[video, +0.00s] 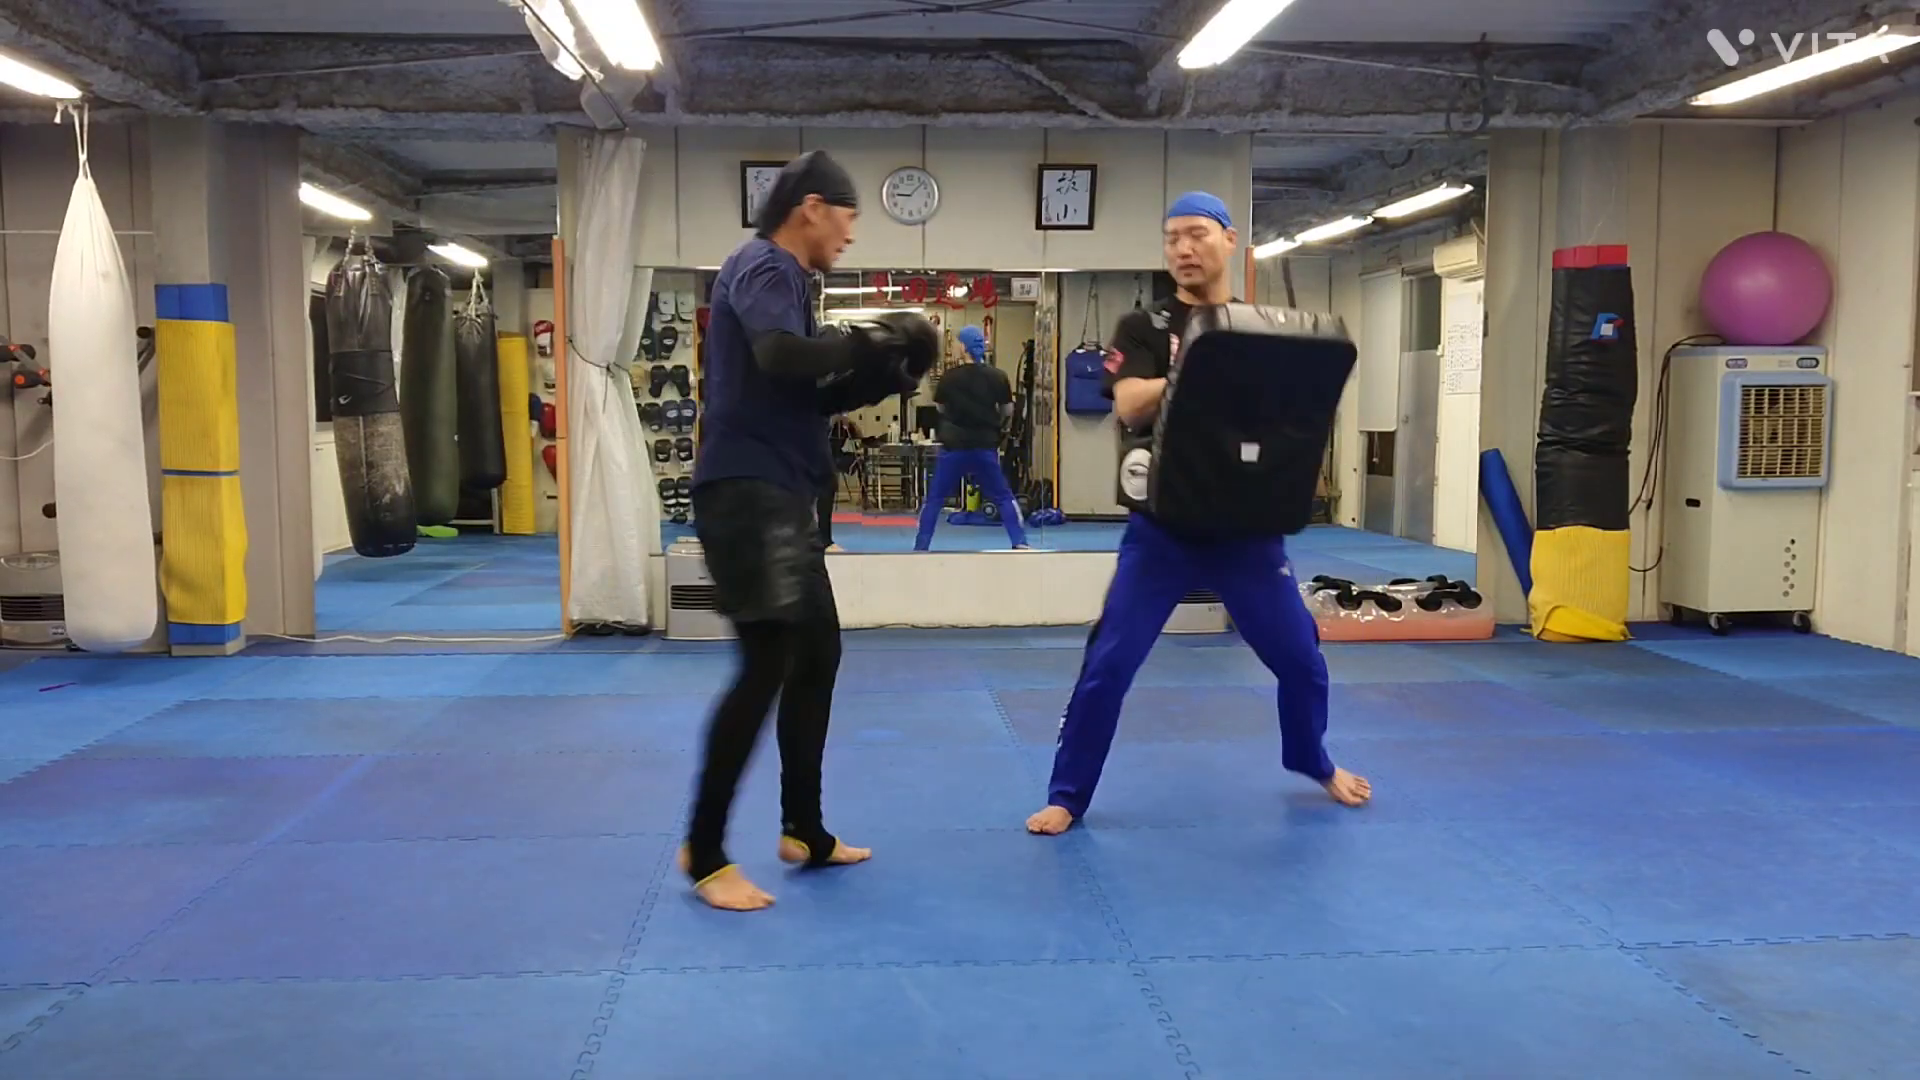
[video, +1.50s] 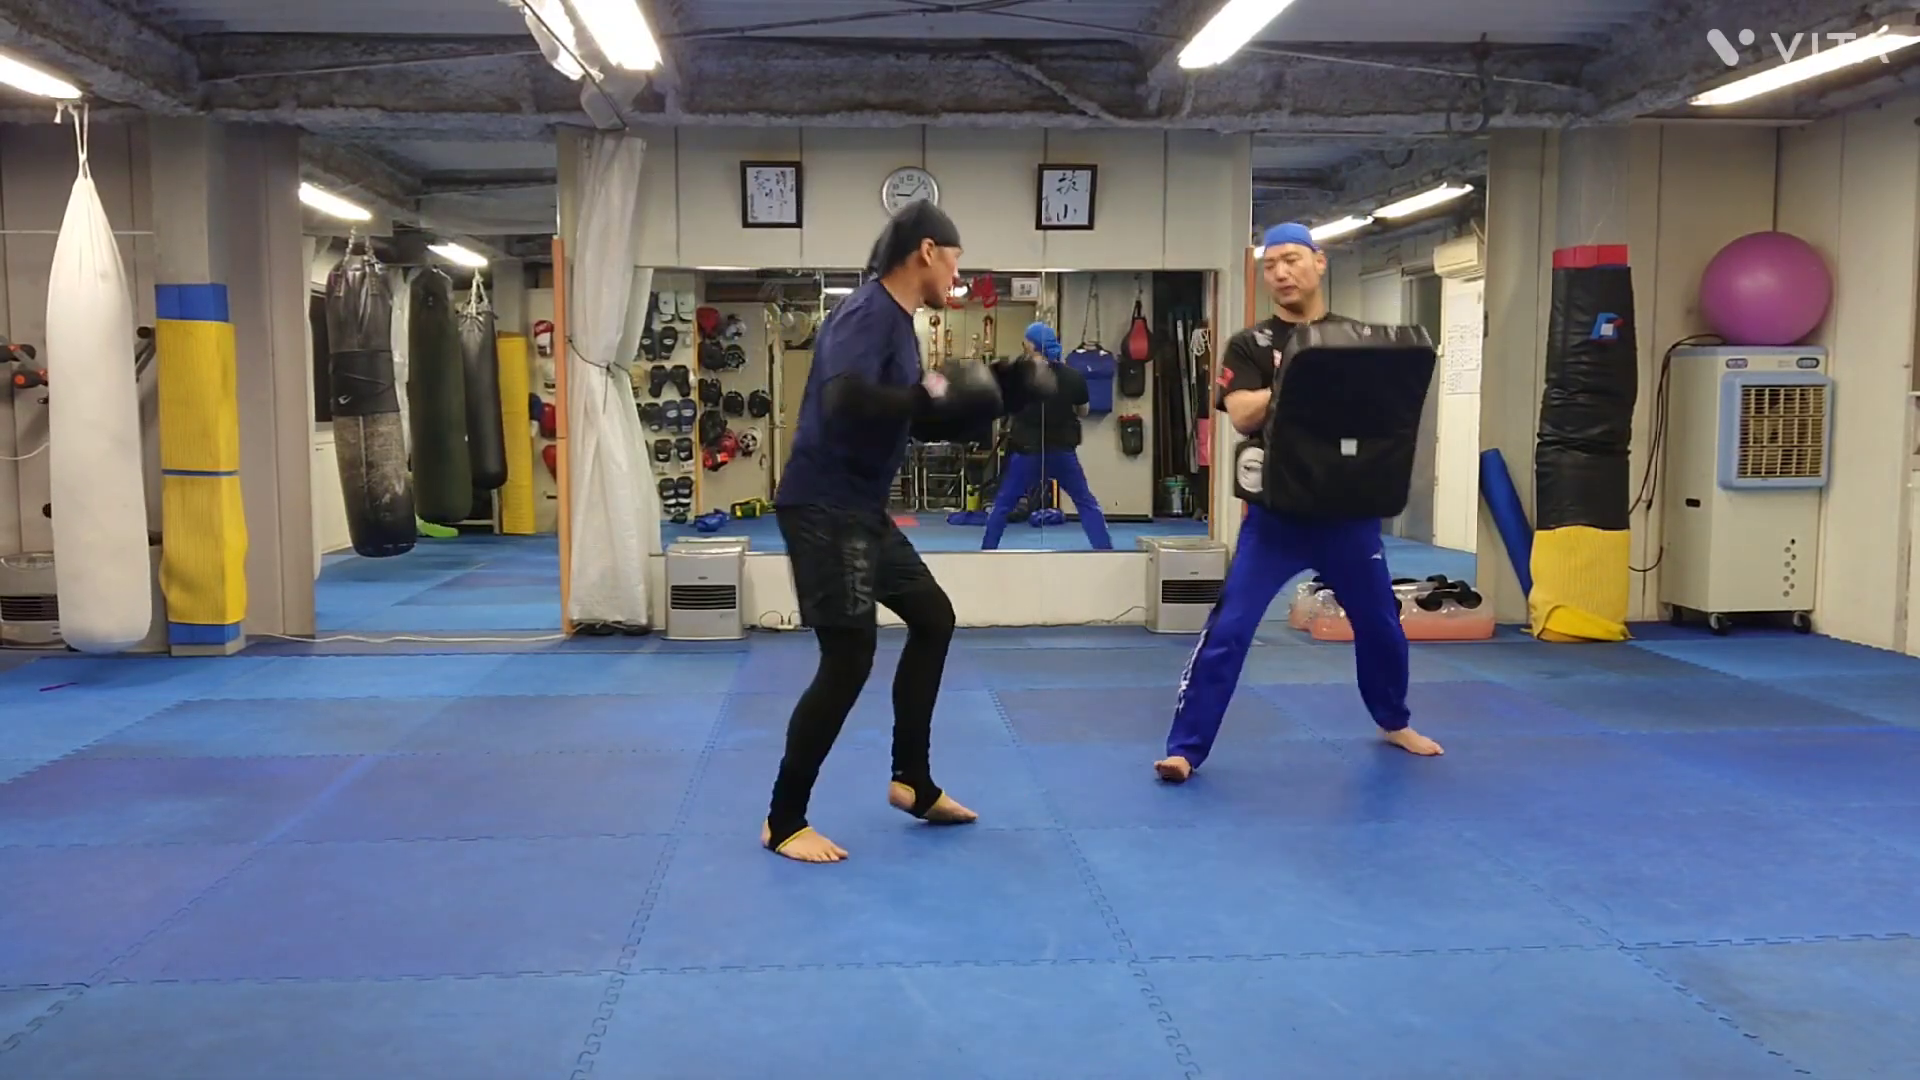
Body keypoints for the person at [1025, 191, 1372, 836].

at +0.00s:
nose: (1184, 248)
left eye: (1197, 234)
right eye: (1173, 238)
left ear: (1230, 243)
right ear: (1165, 252)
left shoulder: (1267, 330)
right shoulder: (1145, 325)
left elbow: (1291, 413)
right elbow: (1127, 404)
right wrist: (1196, 378)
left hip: (1248, 535)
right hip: (1159, 532)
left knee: (1304, 662)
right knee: (1107, 663)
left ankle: (1311, 758)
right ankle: (1066, 797)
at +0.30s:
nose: (1242, 249)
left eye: (1254, 235)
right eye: (1232, 239)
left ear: (1288, 241)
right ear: (1225, 250)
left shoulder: (1330, 323)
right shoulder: (1201, 322)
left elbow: (1345, 410)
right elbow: (1180, 403)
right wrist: (1237, 379)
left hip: (1293, 518)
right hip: (1209, 512)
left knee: (1323, 653)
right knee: (1160, 639)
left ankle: (1328, 769)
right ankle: (1129, 765)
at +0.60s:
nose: (1238, 254)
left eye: (1250, 240)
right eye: (1228, 244)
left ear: (1282, 243)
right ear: (1219, 254)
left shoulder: (1317, 319)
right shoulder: (1198, 323)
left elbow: (1340, 400)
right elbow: (1190, 404)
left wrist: (1237, 390)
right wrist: (1260, 377)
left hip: (1305, 512)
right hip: (1225, 513)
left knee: (1353, 633)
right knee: (1198, 640)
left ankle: (1346, 760)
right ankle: (1184, 753)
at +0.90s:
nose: (1260, 263)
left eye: (1272, 250)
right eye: (1250, 253)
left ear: (1300, 256)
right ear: (1238, 263)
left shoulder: (1329, 329)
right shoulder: (1217, 331)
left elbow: (1349, 407)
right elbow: (1196, 389)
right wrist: (1258, 379)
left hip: (1321, 515)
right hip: (1241, 515)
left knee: (1357, 642)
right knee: (1211, 641)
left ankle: (1373, 760)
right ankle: (1186, 753)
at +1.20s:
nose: (1257, 253)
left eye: (1268, 242)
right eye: (1246, 244)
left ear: (1292, 251)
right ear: (1233, 257)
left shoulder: (1320, 317)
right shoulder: (1213, 324)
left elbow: (1349, 383)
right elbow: (1208, 393)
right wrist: (1272, 359)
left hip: (1320, 507)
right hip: (1242, 507)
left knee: (1364, 628)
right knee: (1211, 634)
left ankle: (1370, 756)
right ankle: (1180, 755)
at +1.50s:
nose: (1282, 271)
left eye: (1292, 259)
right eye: (1271, 264)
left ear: (1319, 264)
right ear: (1263, 277)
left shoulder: (1359, 340)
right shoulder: (1249, 344)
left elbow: (1387, 405)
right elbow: (1242, 416)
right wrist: (1297, 386)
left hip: (1350, 517)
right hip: (1275, 516)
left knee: (1382, 626)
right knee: (1229, 627)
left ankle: (1393, 722)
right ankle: (1184, 751)